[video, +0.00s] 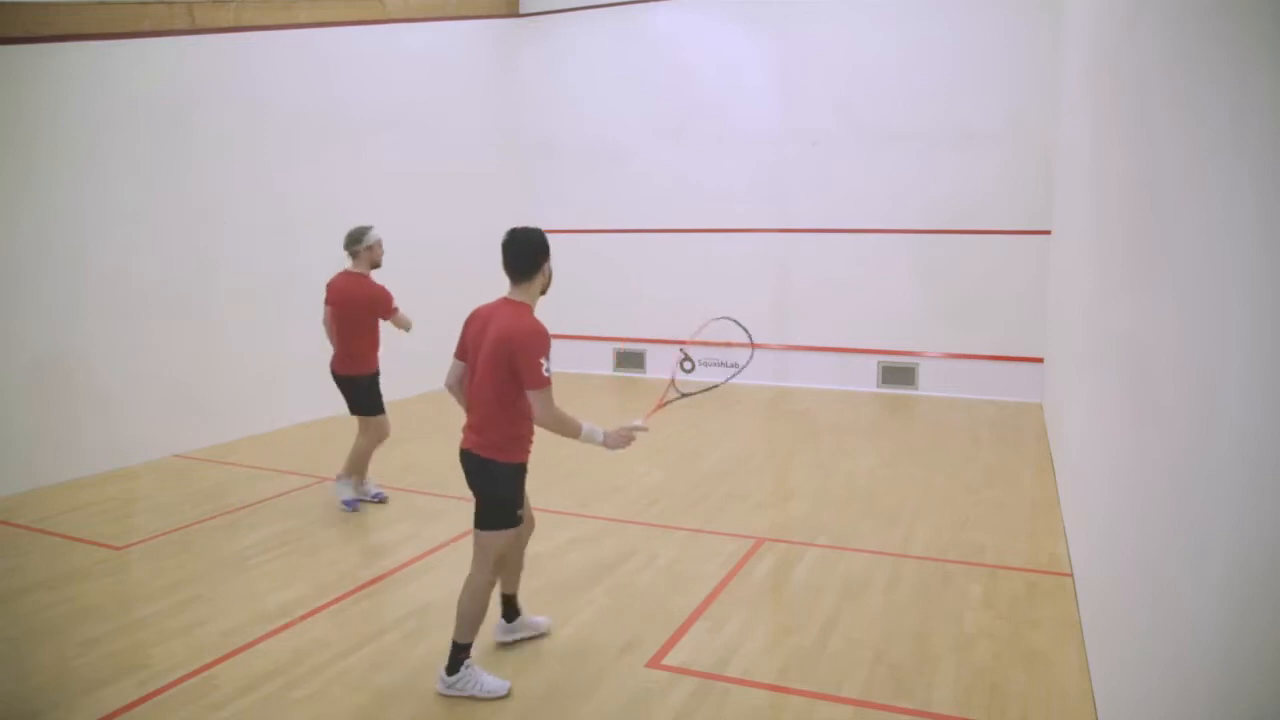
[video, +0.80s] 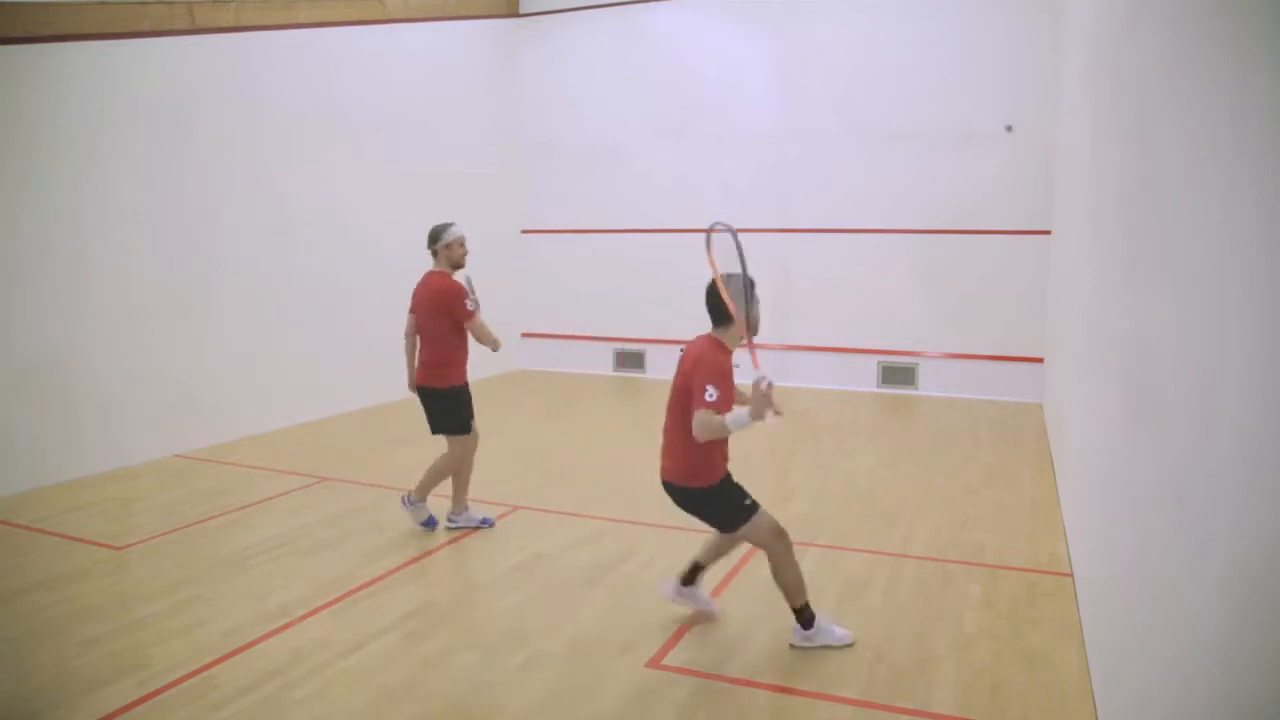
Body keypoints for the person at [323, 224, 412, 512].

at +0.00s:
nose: (383, 251)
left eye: (381, 246)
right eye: (378, 246)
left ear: (356, 252)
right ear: (364, 251)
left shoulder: (335, 284)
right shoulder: (375, 292)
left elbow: (328, 322)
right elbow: (402, 323)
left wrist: (339, 348)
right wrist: (404, 319)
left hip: (343, 368)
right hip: (363, 371)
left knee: (369, 428)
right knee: (377, 430)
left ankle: (361, 482)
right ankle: (345, 480)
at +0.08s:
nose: (392, 251)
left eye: (390, 245)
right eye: (388, 246)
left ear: (362, 252)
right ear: (376, 251)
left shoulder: (341, 284)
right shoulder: (388, 289)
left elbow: (330, 322)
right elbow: (400, 312)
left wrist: (335, 355)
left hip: (352, 367)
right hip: (374, 370)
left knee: (371, 428)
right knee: (396, 429)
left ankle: (359, 487)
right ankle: (365, 488)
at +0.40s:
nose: (427, 248)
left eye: (425, 243)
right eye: (423, 244)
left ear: (397, 252)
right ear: (411, 250)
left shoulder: (376, 286)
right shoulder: (430, 288)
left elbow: (360, 330)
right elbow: (436, 312)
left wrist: (351, 368)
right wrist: (409, 285)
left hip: (385, 374)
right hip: (412, 377)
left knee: (413, 429)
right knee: (428, 439)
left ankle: (384, 480)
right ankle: (401, 506)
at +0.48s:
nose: (436, 246)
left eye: (433, 241)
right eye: (431, 242)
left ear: (404, 250)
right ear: (419, 248)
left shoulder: (383, 285)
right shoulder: (437, 286)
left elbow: (368, 329)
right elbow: (445, 314)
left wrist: (360, 367)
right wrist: (419, 290)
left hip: (393, 374)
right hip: (419, 376)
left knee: (434, 427)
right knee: (430, 433)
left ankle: (404, 491)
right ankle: (404, 503)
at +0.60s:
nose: (448, 242)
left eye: (445, 236)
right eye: (442, 237)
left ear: (418, 245)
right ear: (427, 244)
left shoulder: (396, 281)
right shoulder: (448, 282)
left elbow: (381, 325)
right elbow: (461, 317)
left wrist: (374, 363)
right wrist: (442, 312)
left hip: (407, 371)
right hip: (432, 375)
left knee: (446, 431)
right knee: (431, 438)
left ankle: (444, 502)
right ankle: (404, 502)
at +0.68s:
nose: (455, 244)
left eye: (453, 238)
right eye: (449, 239)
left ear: (428, 247)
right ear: (433, 245)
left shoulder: (406, 282)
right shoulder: (453, 284)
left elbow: (390, 328)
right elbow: (472, 327)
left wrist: (387, 366)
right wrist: (474, 315)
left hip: (417, 373)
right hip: (440, 376)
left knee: (453, 435)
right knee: (438, 440)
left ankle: (457, 508)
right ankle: (404, 500)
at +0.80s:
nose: (465, 250)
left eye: (465, 244)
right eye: (459, 245)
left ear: (441, 251)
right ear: (441, 250)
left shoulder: (423, 285)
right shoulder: (454, 289)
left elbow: (410, 332)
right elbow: (481, 333)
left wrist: (411, 372)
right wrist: (494, 342)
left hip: (431, 379)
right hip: (447, 382)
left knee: (469, 441)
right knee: (461, 448)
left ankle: (459, 510)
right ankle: (415, 498)